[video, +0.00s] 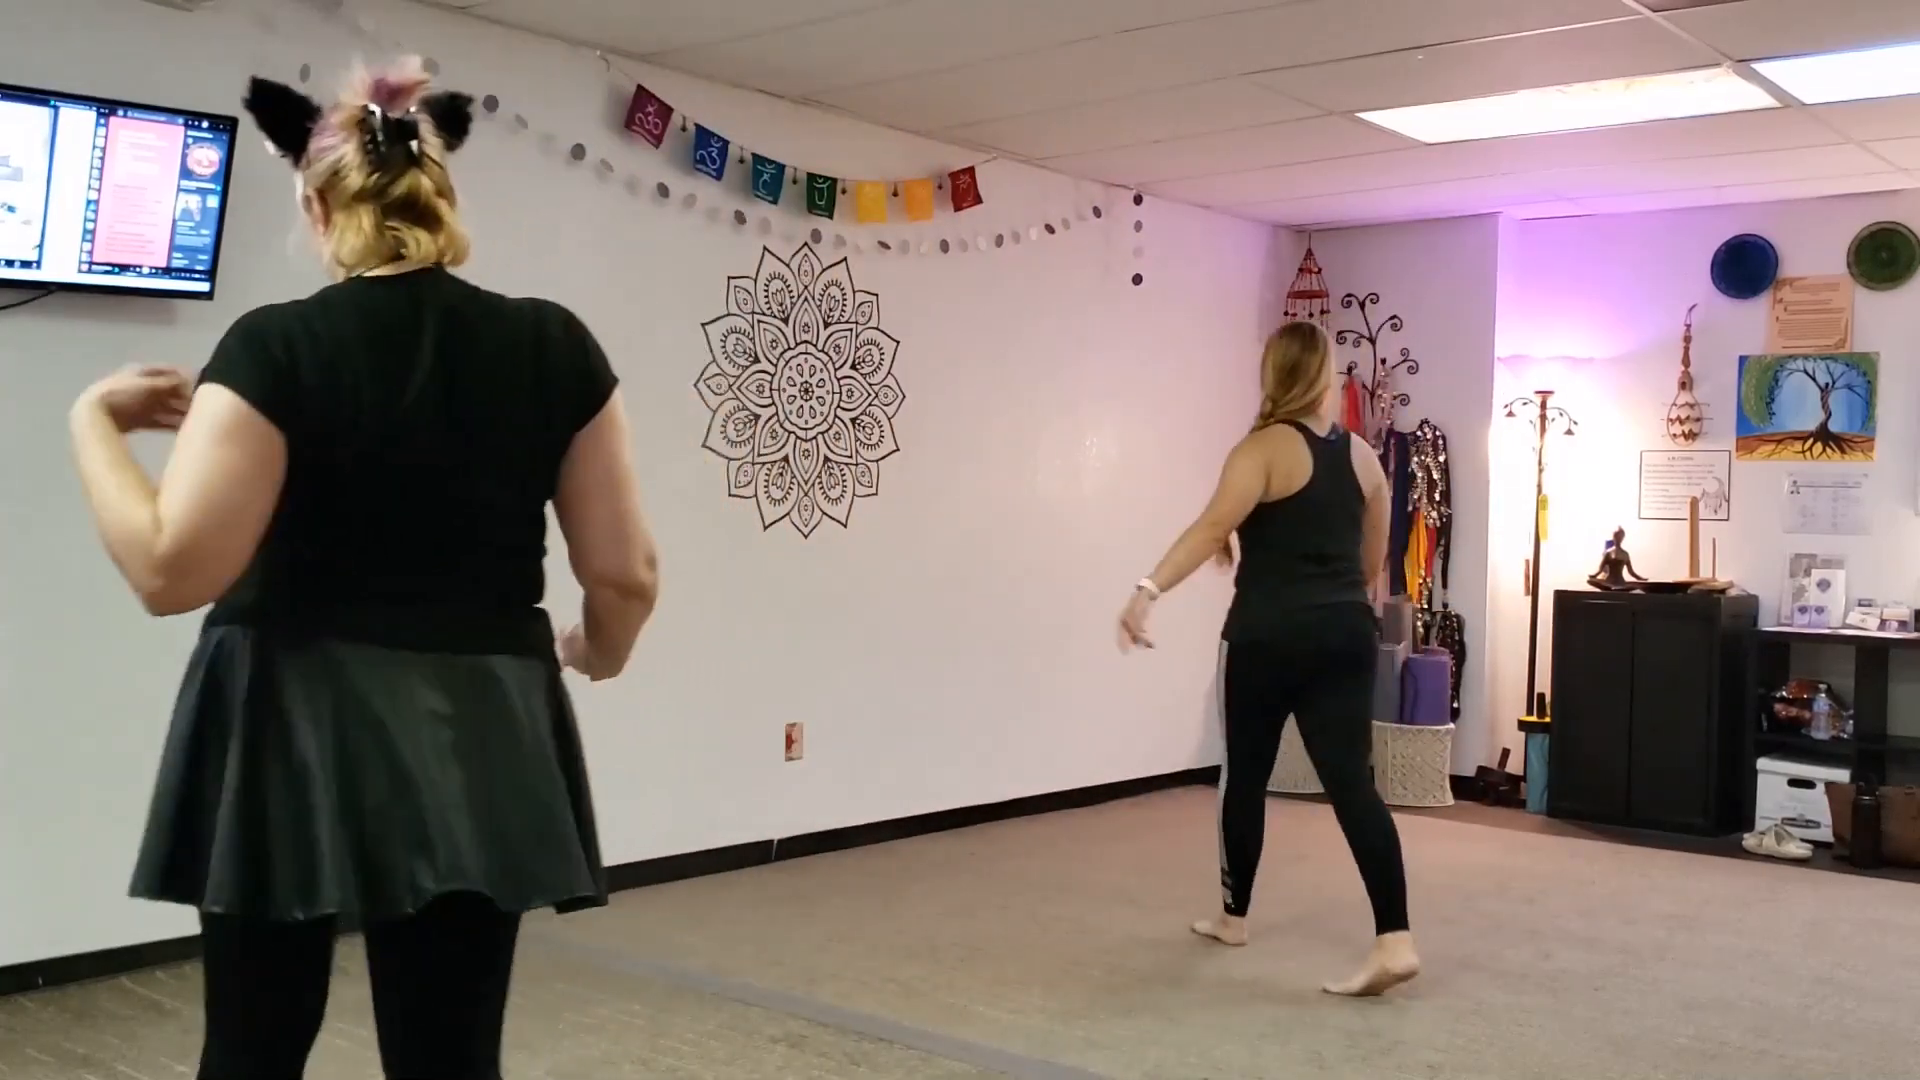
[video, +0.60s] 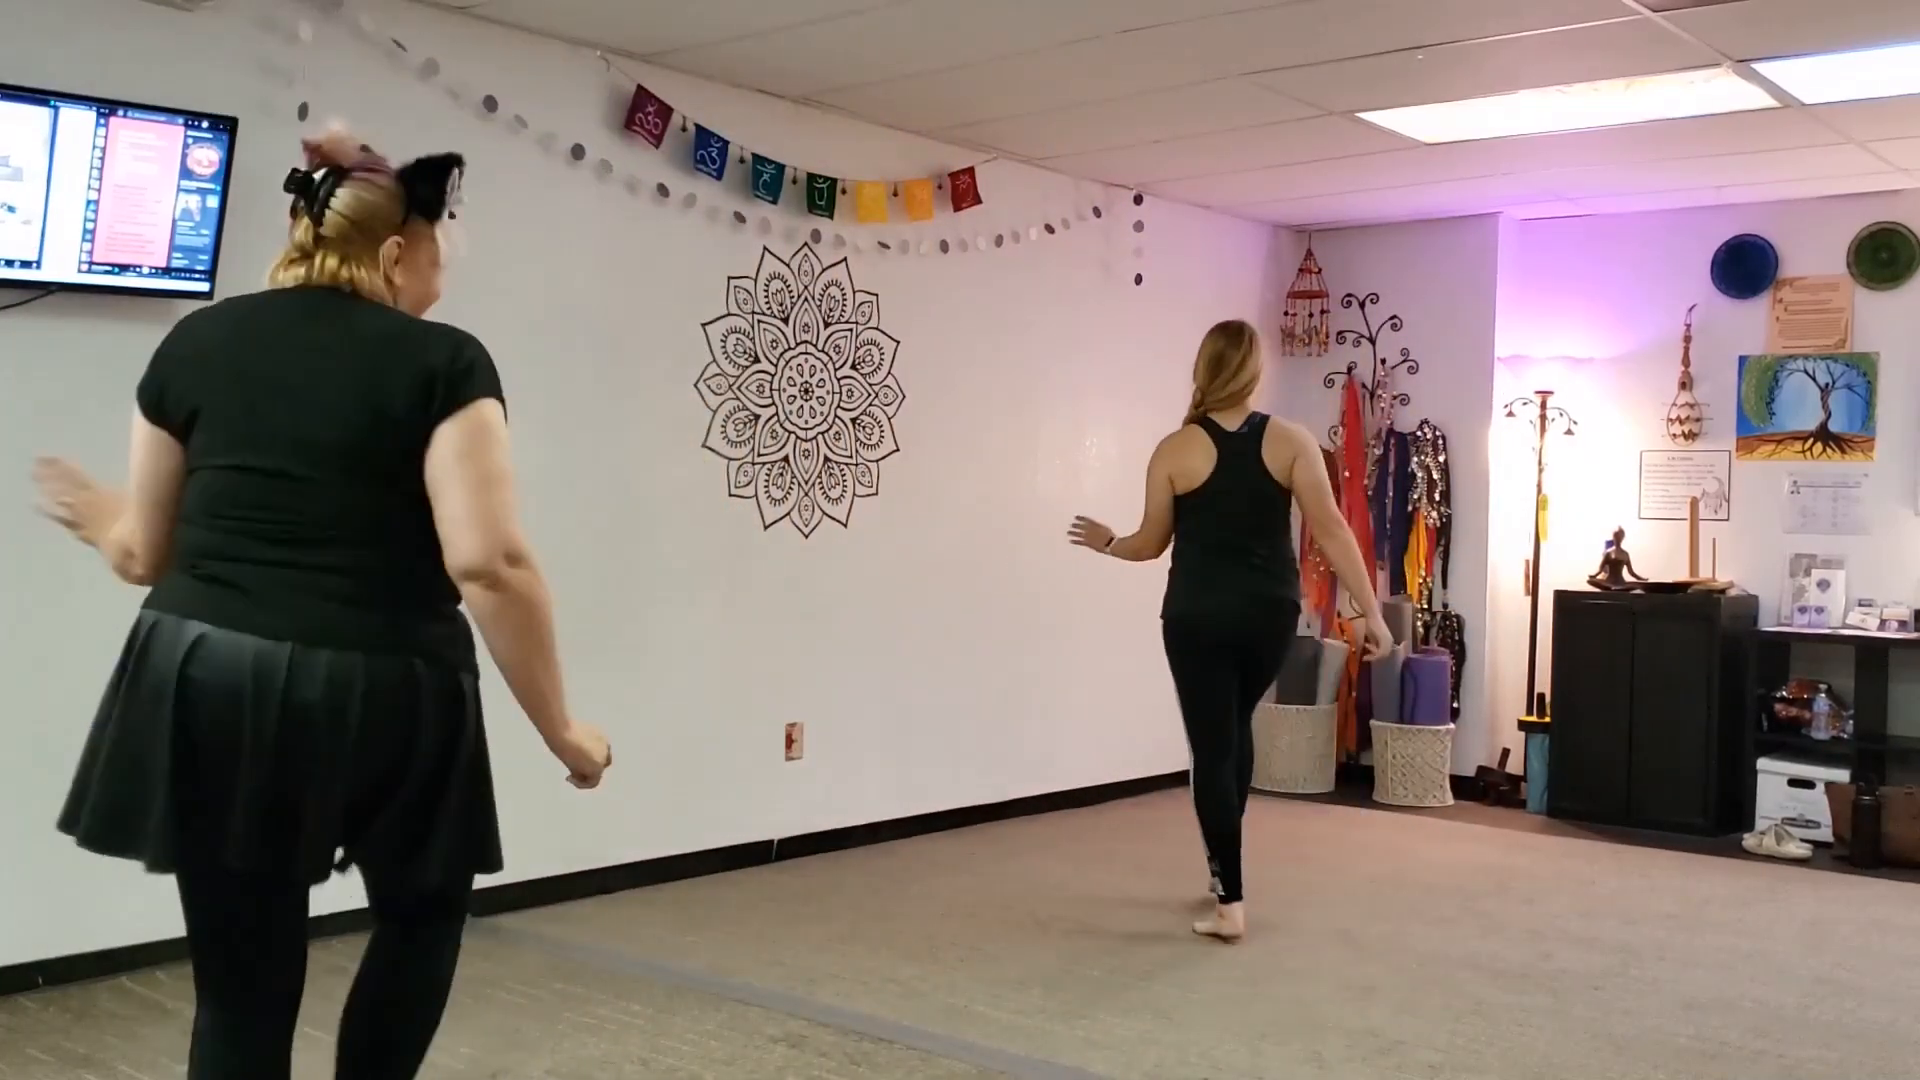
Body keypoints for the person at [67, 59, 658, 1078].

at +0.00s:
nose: (301, 225)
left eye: (301, 205)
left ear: (318, 208)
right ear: (445, 199)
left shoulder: (277, 345)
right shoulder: (550, 345)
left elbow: (171, 575)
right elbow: (624, 572)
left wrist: (90, 412)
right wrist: (597, 653)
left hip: (290, 722)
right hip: (477, 726)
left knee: (252, 1050)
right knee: (451, 1055)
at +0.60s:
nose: (439, 280)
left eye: (440, 259)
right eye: (435, 257)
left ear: (307, 244)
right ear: (395, 253)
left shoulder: (199, 339)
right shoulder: (440, 359)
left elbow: (145, 557)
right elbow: (485, 561)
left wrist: (94, 515)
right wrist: (559, 727)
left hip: (207, 680)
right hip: (386, 692)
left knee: (242, 986)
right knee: (421, 921)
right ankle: (368, 1073)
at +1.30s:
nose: (588, 297)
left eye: (590, 277)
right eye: (580, 275)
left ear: (503, 266)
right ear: (521, 271)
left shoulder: (432, 357)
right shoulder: (517, 379)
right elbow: (506, 546)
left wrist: (500, 200)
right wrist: (541, 717)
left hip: (437, 657)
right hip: (542, 671)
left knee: (422, 923)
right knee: (532, 944)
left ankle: (321, 1071)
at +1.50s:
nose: (648, 318)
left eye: (650, 299)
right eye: (636, 296)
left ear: (566, 292)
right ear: (569, 290)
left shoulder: (507, 369)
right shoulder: (534, 384)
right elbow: (528, 550)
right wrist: (650, 675)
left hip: (504, 645)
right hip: (545, 661)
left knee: (615, 854)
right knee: (584, 889)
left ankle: (432, 921)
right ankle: (504, 1068)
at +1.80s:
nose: (714, 303)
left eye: (720, 283)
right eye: (696, 278)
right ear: (628, 273)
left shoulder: (621, 367)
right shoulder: (589, 360)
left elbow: (516, 485)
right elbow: (573, 511)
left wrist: (577, 581)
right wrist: (731, 585)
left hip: (684, 658)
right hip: (613, 662)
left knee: (750, 861)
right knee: (598, 906)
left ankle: (733, 1073)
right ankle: (506, 1070)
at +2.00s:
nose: (767, 308)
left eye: (774, 291)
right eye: (751, 285)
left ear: (764, 295)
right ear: (684, 280)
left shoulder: (720, 393)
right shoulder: (637, 379)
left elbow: (733, 533)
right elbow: (612, 548)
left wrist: (793, 579)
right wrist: (753, 607)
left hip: (761, 684)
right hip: (680, 687)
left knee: (782, 917)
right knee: (631, 928)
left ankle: (807, 1075)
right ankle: (524, 1074)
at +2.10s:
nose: (799, 302)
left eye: (805, 286)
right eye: (781, 280)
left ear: (797, 292)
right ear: (715, 280)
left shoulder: (753, 390)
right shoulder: (672, 376)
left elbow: (746, 528)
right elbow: (635, 543)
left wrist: (801, 605)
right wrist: (753, 618)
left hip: (798, 679)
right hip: (722, 682)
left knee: (799, 917)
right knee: (676, 925)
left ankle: (815, 1078)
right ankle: (541, 1075)